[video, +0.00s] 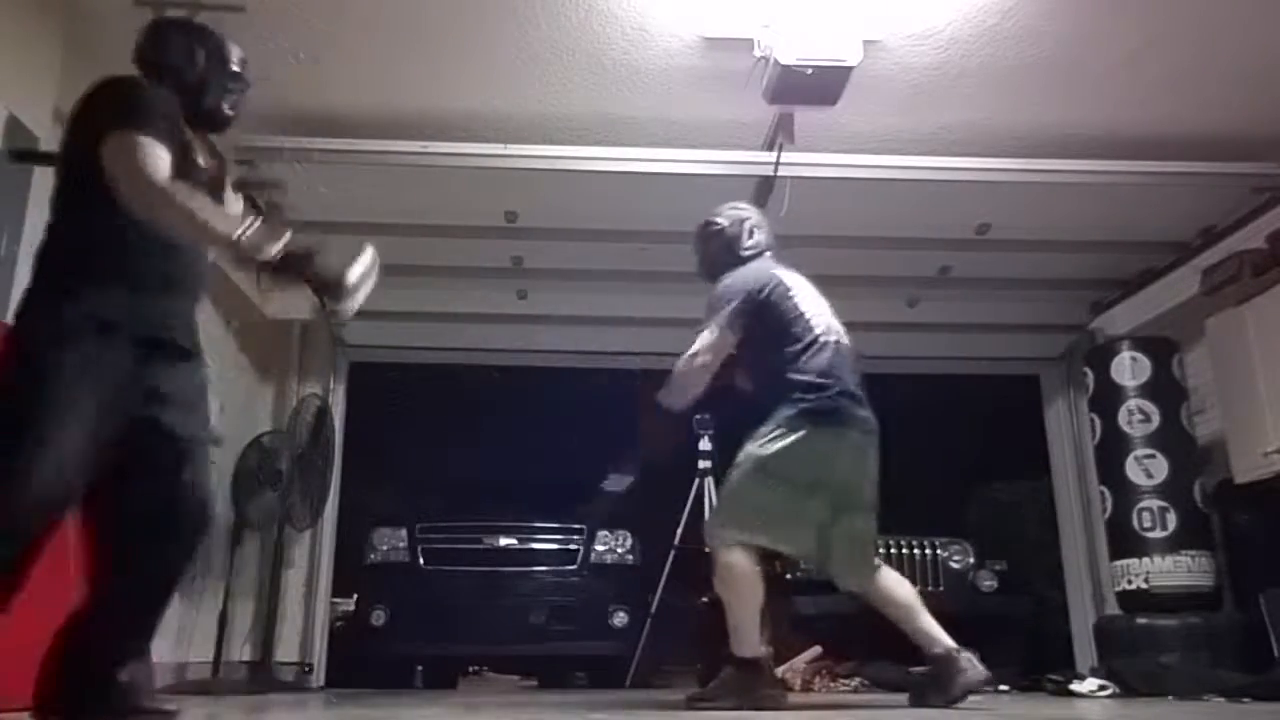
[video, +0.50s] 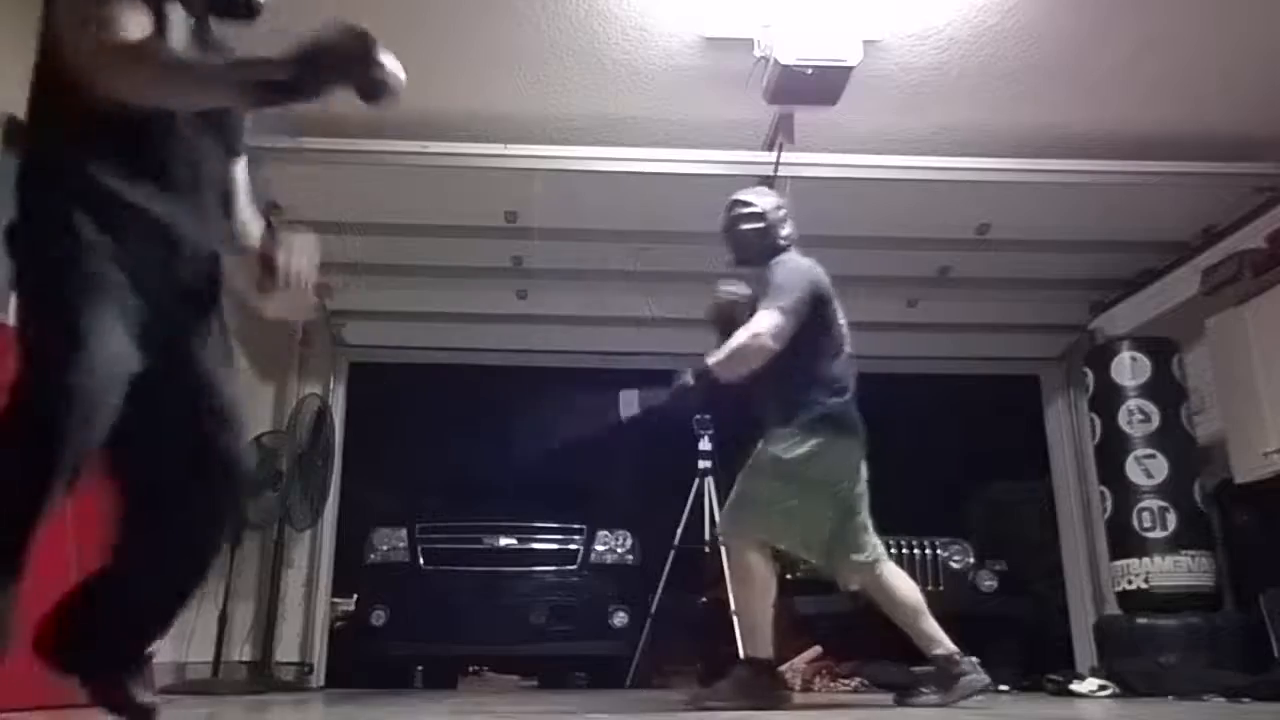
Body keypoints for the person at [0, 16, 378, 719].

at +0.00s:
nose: (240, 89)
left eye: (242, 77)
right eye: (229, 72)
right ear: (184, 66)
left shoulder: (204, 162)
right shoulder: (131, 101)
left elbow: (228, 250)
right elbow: (144, 187)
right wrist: (254, 241)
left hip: (166, 356)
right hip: (82, 340)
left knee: (174, 517)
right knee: (27, 497)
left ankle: (89, 681)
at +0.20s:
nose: (270, 74)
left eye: (271, 59)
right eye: (262, 54)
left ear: (233, 53)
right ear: (220, 43)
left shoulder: (216, 141)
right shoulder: (134, 90)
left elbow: (187, 258)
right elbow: (53, 180)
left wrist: (280, 244)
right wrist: (146, 267)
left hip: (165, 356)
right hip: (74, 338)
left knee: (171, 530)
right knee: (28, 475)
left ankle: (95, 690)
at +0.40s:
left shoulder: (233, 42)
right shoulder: (101, 7)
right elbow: (34, 104)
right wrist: (181, 116)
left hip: (173, 296)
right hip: (84, 273)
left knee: (156, 500)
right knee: (51, 432)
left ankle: (95, 677)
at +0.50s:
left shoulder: (223, 45)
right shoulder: (102, 4)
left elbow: (224, 164)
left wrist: (262, 242)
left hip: (179, 269)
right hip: (84, 230)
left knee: (216, 474)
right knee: (77, 399)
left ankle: (99, 641)